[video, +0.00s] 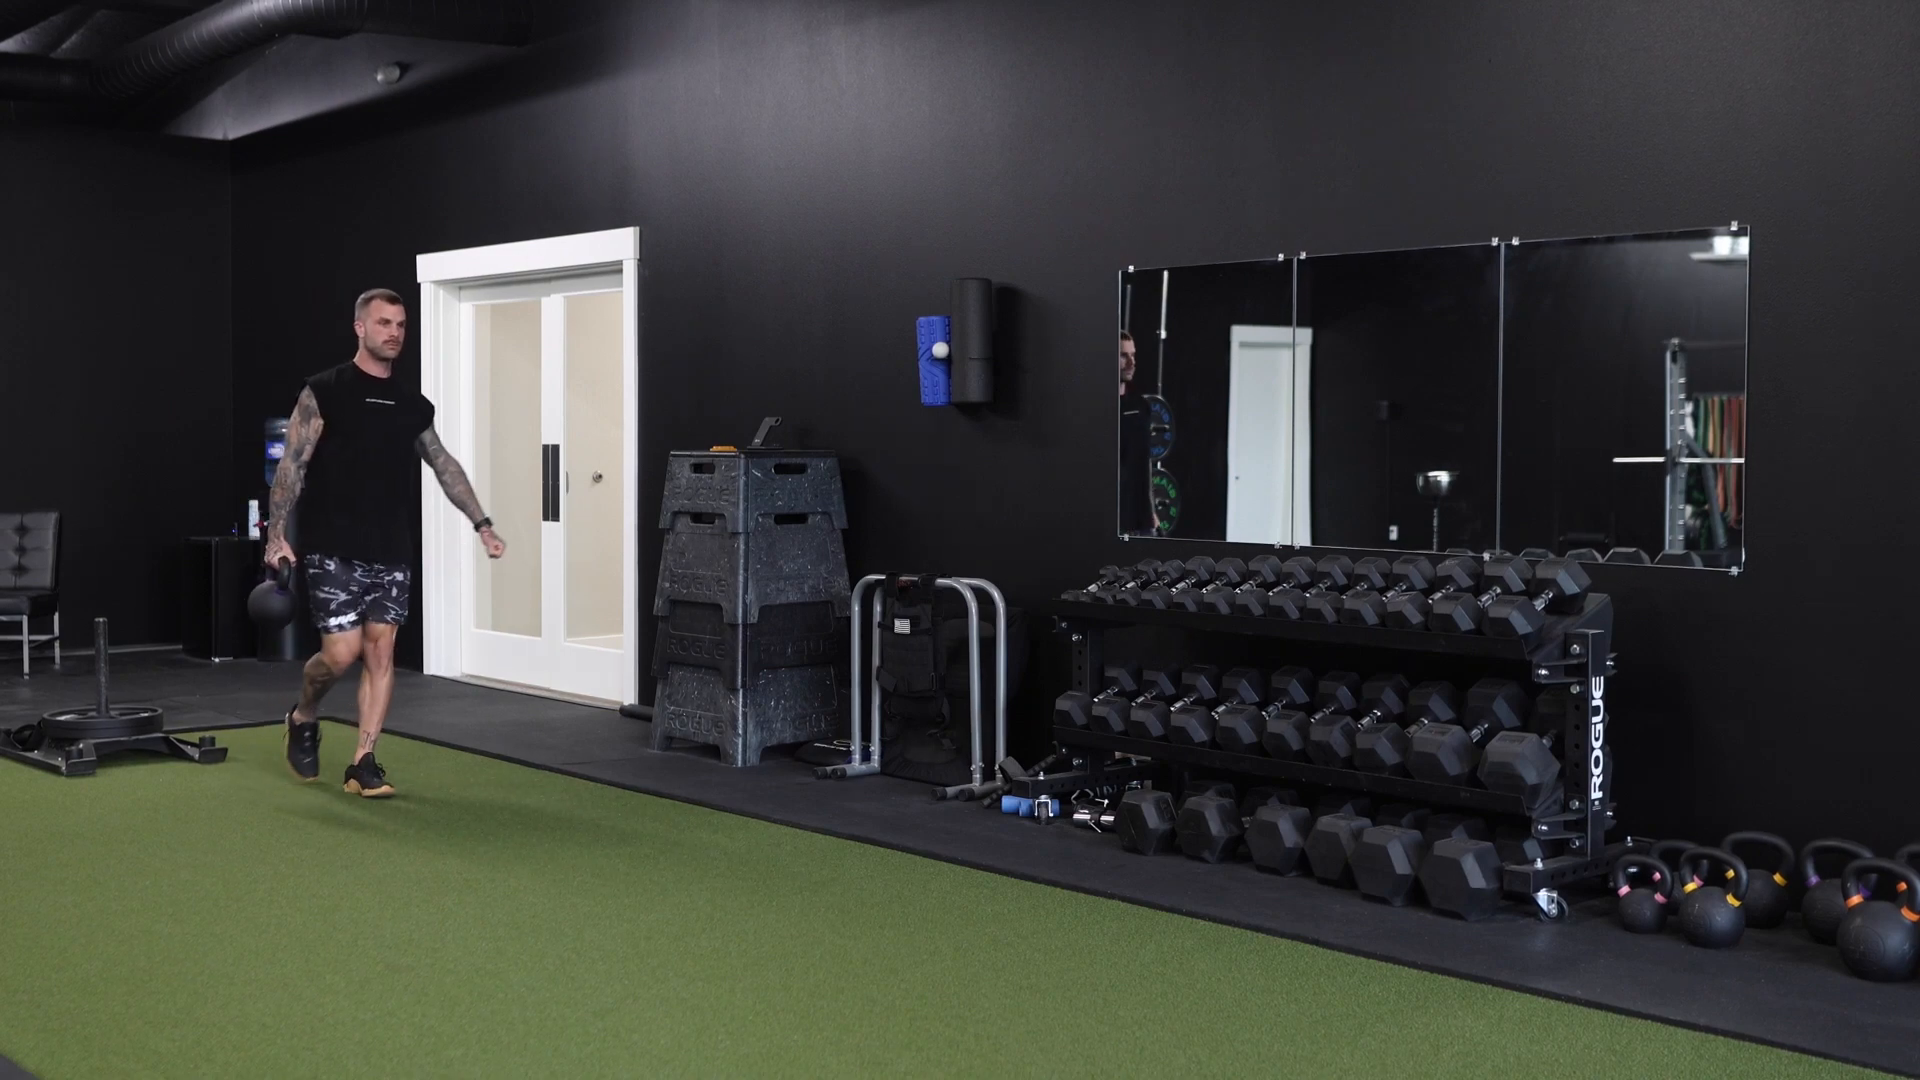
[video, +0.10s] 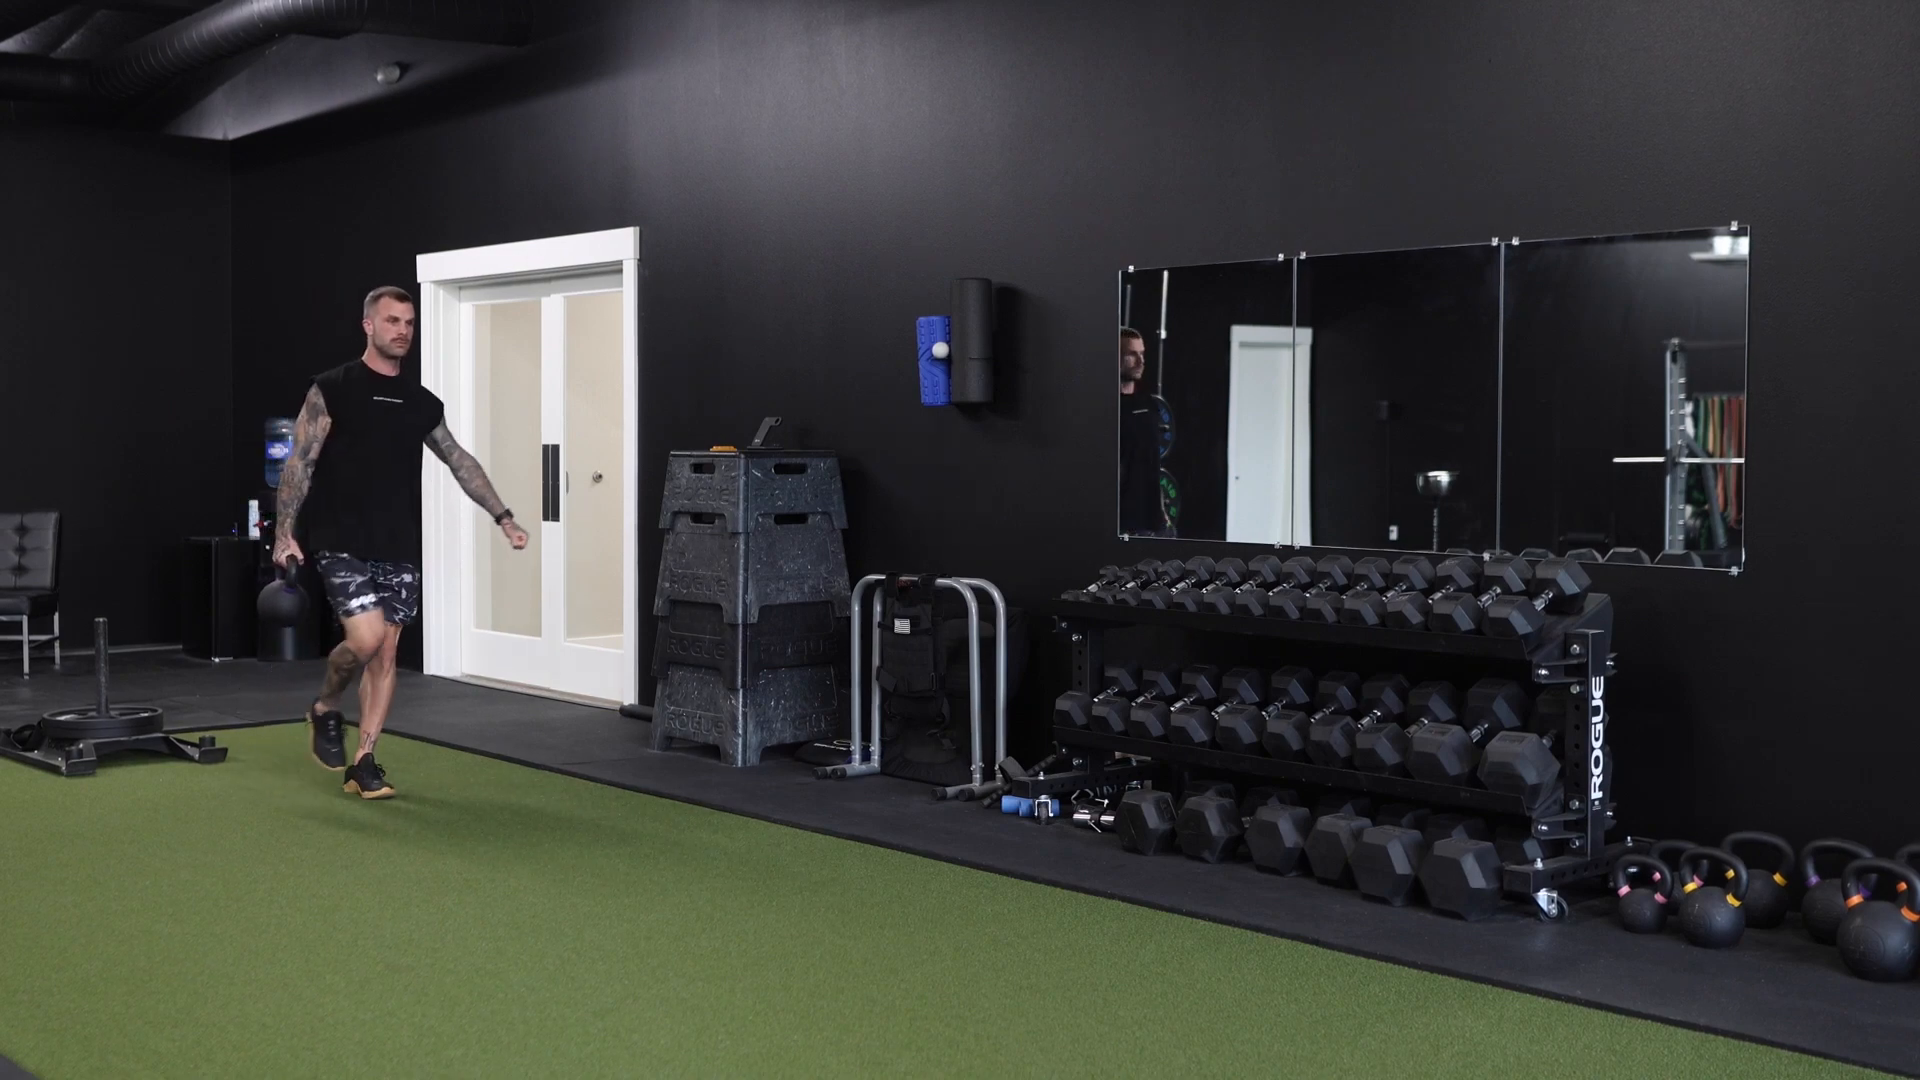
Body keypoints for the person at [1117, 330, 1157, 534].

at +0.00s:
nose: (1131, 362)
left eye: (1133, 356)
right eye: (1123, 356)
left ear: (1136, 358)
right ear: (1111, 358)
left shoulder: (1138, 406)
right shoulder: (1100, 404)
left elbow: (1142, 462)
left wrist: (1149, 513)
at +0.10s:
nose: (1140, 361)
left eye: (1142, 354)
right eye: (1132, 355)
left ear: (1145, 356)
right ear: (1115, 358)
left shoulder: (1148, 406)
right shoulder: (1105, 405)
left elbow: (1151, 467)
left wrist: (1160, 520)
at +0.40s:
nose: (1176, 359)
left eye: (1178, 353)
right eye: (1167, 353)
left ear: (1180, 355)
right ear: (1145, 357)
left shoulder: (1182, 405)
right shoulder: (1130, 407)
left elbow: (1188, 461)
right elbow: (1107, 456)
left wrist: (1198, 516)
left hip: (1181, 524)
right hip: (1140, 525)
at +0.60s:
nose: (1208, 356)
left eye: (1210, 349)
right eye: (1199, 349)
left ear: (1212, 352)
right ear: (1176, 354)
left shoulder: (1215, 405)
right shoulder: (1160, 405)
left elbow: (1218, 468)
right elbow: (1131, 452)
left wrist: (1227, 515)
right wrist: (1121, 492)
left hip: (1213, 522)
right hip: (1173, 523)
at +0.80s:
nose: (1236, 352)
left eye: (1238, 345)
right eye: (1227, 345)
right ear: (1204, 349)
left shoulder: (1245, 402)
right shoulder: (1189, 400)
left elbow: (1245, 459)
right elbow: (1158, 445)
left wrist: (1253, 512)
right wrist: (1146, 484)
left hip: (1239, 521)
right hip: (1201, 522)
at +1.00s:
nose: (1262, 351)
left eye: (1264, 344)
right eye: (1253, 344)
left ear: (1267, 346)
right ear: (1229, 348)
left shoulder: (1270, 403)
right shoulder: (1216, 399)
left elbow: (1270, 461)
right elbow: (1184, 445)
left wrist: (1278, 513)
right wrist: (1169, 485)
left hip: (1259, 518)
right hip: (1224, 516)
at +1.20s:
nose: (1290, 353)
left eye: (1292, 346)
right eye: (1281, 346)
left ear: (1294, 348)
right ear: (1258, 349)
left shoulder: (1300, 406)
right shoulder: (1243, 403)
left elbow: (1304, 467)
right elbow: (1212, 449)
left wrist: (1309, 520)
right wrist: (1196, 491)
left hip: (1292, 527)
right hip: (1253, 525)